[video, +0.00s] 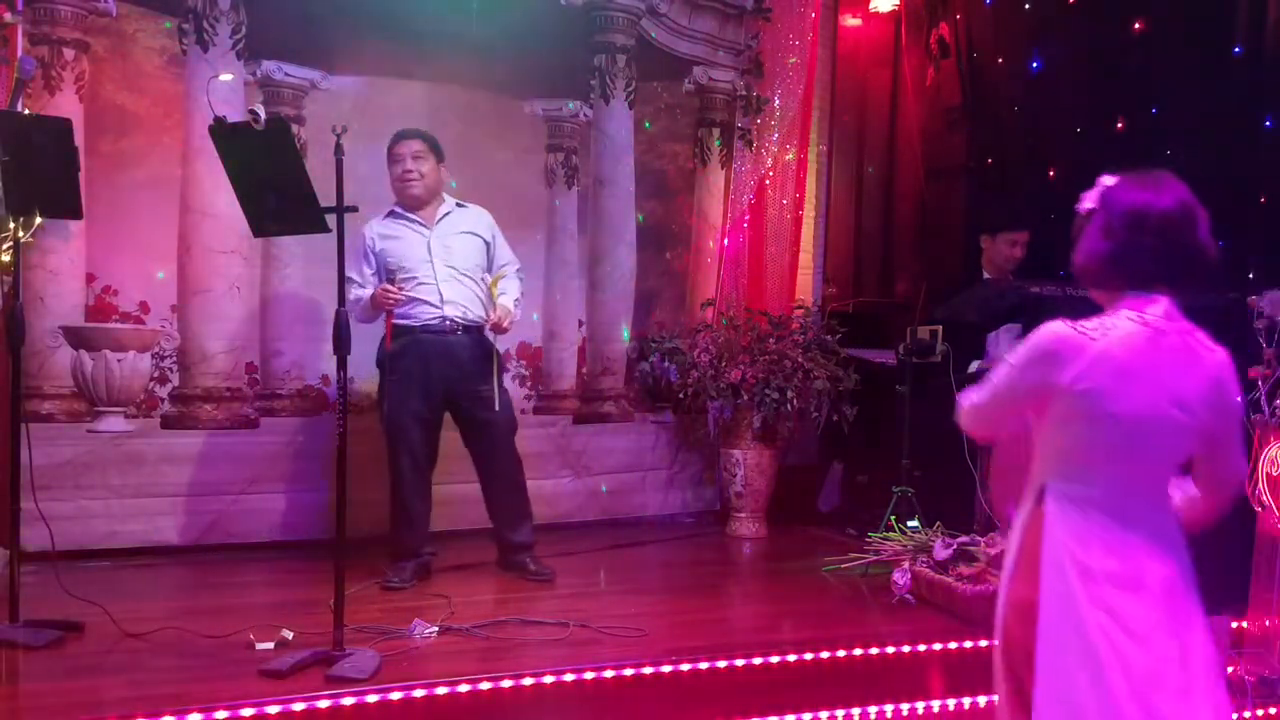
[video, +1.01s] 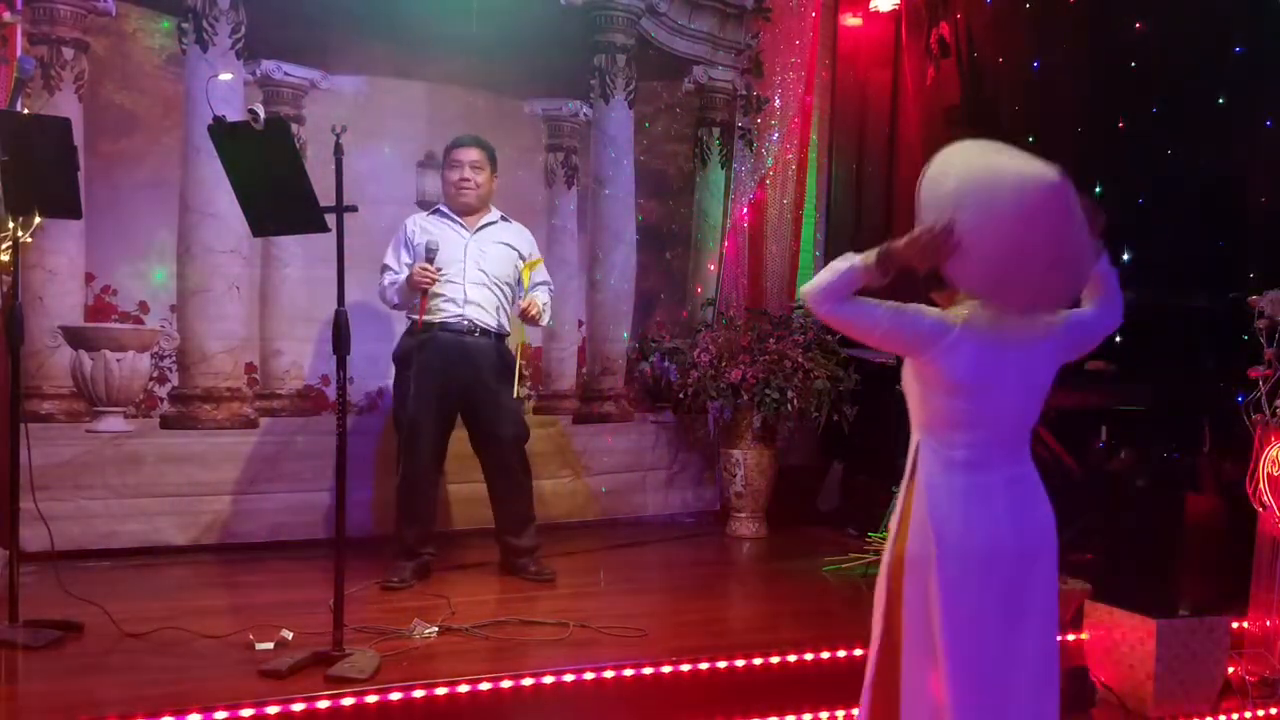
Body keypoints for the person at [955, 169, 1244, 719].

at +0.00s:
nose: (1077, 237)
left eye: (1086, 223)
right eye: (1081, 221)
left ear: (1112, 242)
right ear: (1177, 248)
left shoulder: (1066, 344)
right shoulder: (1212, 363)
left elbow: (975, 417)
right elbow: (1220, 485)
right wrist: (1151, 505)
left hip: (1066, 540)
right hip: (1154, 545)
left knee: (1070, 692)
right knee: (1159, 693)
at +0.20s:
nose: (1036, 218)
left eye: (1047, 209)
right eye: (1043, 206)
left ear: (1065, 232)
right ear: (1128, 241)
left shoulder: (1028, 322)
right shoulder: (1162, 340)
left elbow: (926, 314)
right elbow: (1177, 401)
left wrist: (960, 252)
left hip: (1029, 530)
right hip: (1117, 532)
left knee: (1023, 682)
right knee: (1118, 685)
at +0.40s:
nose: (998, 225)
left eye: (1008, 211)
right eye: (1004, 210)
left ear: (1027, 226)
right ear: (1097, 233)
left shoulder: (1006, 309)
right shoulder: (1130, 317)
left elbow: (905, 243)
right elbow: (1145, 268)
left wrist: (928, 156)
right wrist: (1113, 195)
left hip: (1010, 502)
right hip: (1091, 500)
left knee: (1002, 658)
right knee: (1090, 660)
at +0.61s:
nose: (963, 243)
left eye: (971, 229)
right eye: (966, 227)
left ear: (994, 241)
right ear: (1052, 237)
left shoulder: (977, 315)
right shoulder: (1098, 315)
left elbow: (876, 242)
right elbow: (1144, 258)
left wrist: (918, 149)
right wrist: (1113, 166)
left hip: (994, 500)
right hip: (1073, 494)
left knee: (989, 658)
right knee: (1072, 657)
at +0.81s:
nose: (940, 260)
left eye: (947, 246)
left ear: (963, 254)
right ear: (1035, 254)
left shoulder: (956, 323)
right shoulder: (1072, 323)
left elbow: (847, 261)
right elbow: (1135, 280)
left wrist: (913, 196)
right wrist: (1115, 211)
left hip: (964, 499)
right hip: (1043, 496)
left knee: (959, 645)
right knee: (1040, 650)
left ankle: (958, 719)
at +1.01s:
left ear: (955, 259)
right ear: (1034, 259)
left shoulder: (931, 332)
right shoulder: (1047, 336)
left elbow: (820, 295)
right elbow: (1105, 308)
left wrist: (885, 257)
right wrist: (1092, 243)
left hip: (939, 506)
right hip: (1019, 503)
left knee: (934, 647)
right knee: (1014, 650)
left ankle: (932, 719)